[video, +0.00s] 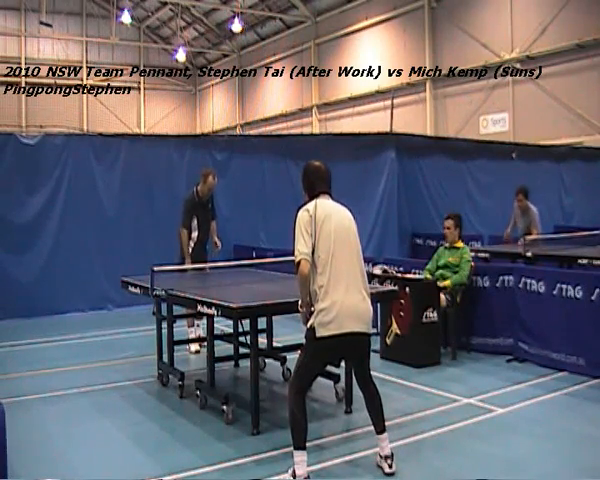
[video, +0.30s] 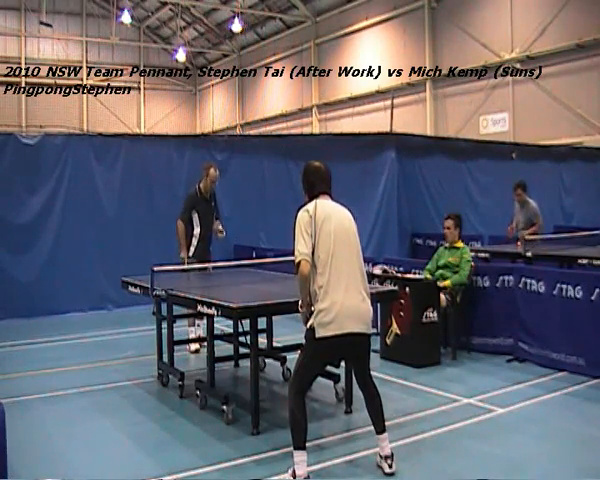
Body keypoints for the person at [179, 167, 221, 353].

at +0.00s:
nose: (211, 190)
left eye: (213, 186)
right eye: (209, 186)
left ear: (213, 185)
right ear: (201, 183)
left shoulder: (210, 197)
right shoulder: (190, 200)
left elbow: (212, 219)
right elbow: (184, 229)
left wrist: (214, 237)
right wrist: (187, 257)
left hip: (203, 247)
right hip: (191, 248)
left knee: (202, 285)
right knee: (189, 290)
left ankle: (198, 327)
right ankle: (191, 330)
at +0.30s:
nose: (213, 184)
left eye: (215, 181)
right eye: (212, 180)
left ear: (216, 180)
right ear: (204, 178)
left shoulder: (212, 195)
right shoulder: (193, 197)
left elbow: (214, 216)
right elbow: (181, 222)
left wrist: (218, 227)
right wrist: (183, 249)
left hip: (206, 253)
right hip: (193, 255)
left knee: (205, 295)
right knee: (192, 295)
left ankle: (200, 330)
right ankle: (192, 333)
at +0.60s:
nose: (214, 178)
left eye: (216, 175)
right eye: (211, 174)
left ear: (217, 176)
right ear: (204, 174)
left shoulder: (215, 195)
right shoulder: (194, 194)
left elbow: (218, 217)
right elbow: (180, 217)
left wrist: (218, 225)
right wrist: (181, 241)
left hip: (208, 251)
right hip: (195, 251)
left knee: (206, 291)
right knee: (195, 292)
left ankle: (200, 329)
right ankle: (195, 331)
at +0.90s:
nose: (214, 179)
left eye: (216, 176)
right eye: (212, 176)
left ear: (218, 177)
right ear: (204, 175)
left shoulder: (216, 196)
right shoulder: (195, 195)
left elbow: (221, 219)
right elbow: (180, 215)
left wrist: (220, 231)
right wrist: (188, 236)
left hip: (209, 250)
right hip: (196, 250)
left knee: (208, 291)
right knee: (198, 292)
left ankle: (202, 330)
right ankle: (199, 330)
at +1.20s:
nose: (216, 184)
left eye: (218, 181)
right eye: (213, 181)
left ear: (221, 181)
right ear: (206, 180)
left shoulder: (219, 199)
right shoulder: (197, 198)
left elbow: (224, 224)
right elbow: (180, 218)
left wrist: (223, 242)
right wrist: (194, 233)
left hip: (208, 251)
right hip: (195, 252)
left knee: (208, 294)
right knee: (199, 295)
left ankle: (201, 333)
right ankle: (200, 333)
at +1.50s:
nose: (215, 189)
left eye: (218, 185)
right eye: (213, 185)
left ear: (221, 185)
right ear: (206, 184)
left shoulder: (220, 201)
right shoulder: (197, 200)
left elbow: (225, 226)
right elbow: (187, 224)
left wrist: (225, 242)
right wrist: (207, 227)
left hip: (208, 253)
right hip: (195, 253)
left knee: (207, 294)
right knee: (199, 295)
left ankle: (199, 331)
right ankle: (199, 332)